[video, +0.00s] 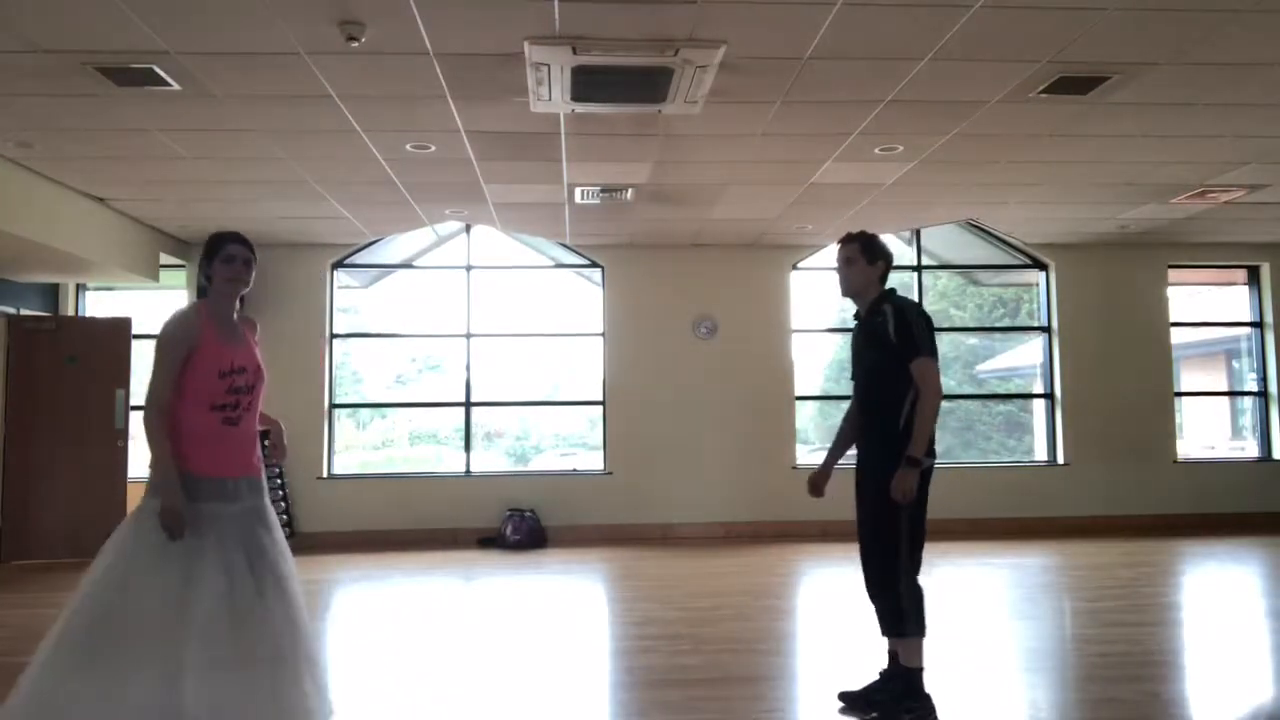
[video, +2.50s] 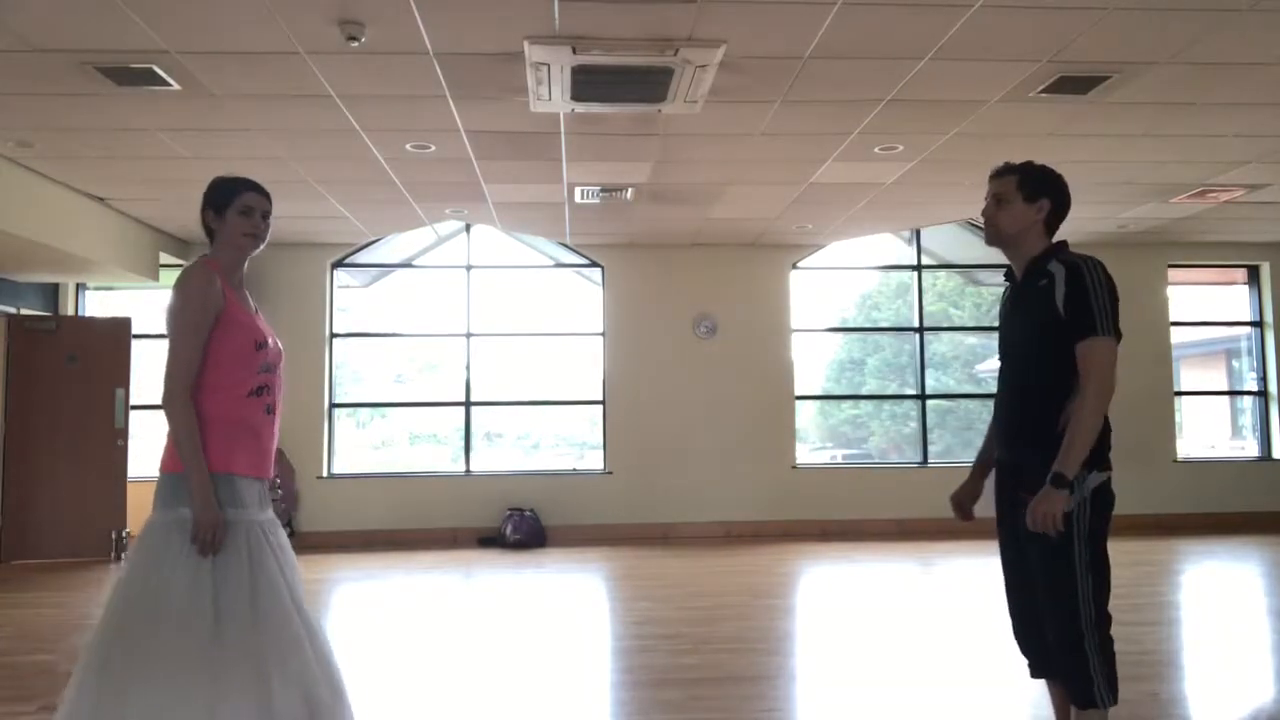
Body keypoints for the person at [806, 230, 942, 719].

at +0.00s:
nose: (840, 273)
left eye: (848, 265)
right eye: (839, 265)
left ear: (876, 267)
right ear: (855, 271)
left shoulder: (904, 313)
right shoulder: (865, 326)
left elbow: (931, 389)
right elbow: (861, 403)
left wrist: (912, 463)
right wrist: (828, 463)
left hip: (903, 462)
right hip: (872, 462)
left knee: (899, 569)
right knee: (878, 570)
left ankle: (912, 686)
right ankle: (896, 674)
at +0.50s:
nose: (869, 265)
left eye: (879, 257)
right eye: (869, 257)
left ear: (908, 263)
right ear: (881, 264)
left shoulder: (938, 315)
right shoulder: (887, 326)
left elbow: (959, 399)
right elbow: (889, 410)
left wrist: (932, 472)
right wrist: (870, 475)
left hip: (933, 472)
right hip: (894, 471)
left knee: (938, 585)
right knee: (899, 577)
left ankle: (976, 707)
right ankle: (898, 679)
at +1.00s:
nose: (907, 249)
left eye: (919, 238)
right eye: (902, 239)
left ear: (947, 243)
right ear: (897, 246)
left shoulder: (983, 304)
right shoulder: (900, 317)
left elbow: (1006, 396)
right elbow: (900, 400)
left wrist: (975, 472)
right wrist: (871, 471)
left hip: (975, 472)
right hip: (916, 471)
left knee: (974, 596)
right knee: (912, 596)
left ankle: (989, 702)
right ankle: (923, 710)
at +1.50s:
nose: (969, 222)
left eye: (983, 210)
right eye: (964, 212)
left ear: (1019, 218)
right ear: (962, 222)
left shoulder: (1060, 281)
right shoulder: (975, 301)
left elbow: (1099, 380)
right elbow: (977, 398)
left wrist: (1098, 481)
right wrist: (938, 475)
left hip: (1051, 480)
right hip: (987, 480)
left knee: (1065, 622)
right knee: (971, 608)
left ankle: (1082, 713)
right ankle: (982, 713)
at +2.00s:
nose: (986, 210)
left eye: (1000, 199)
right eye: (987, 200)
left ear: (1044, 207)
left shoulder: (1087, 271)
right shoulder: (1016, 292)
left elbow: (1104, 384)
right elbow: (1019, 397)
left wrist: (1055, 475)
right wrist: (991, 479)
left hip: (1076, 483)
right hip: (1022, 482)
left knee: (1076, 635)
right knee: (1038, 635)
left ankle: (1089, 715)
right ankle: (1060, 715)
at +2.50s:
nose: (985, 212)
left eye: (999, 201)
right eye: (987, 202)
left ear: (1041, 210)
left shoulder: (1081, 274)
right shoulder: (1014, 294)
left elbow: (1099, 385)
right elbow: (1013, 398)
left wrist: (1059, 482)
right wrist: (977, 477)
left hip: (1068, 484)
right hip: (1020, 484)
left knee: (1076, 635)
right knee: (1042, 635)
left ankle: (1091, 715)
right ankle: (1066, 714)